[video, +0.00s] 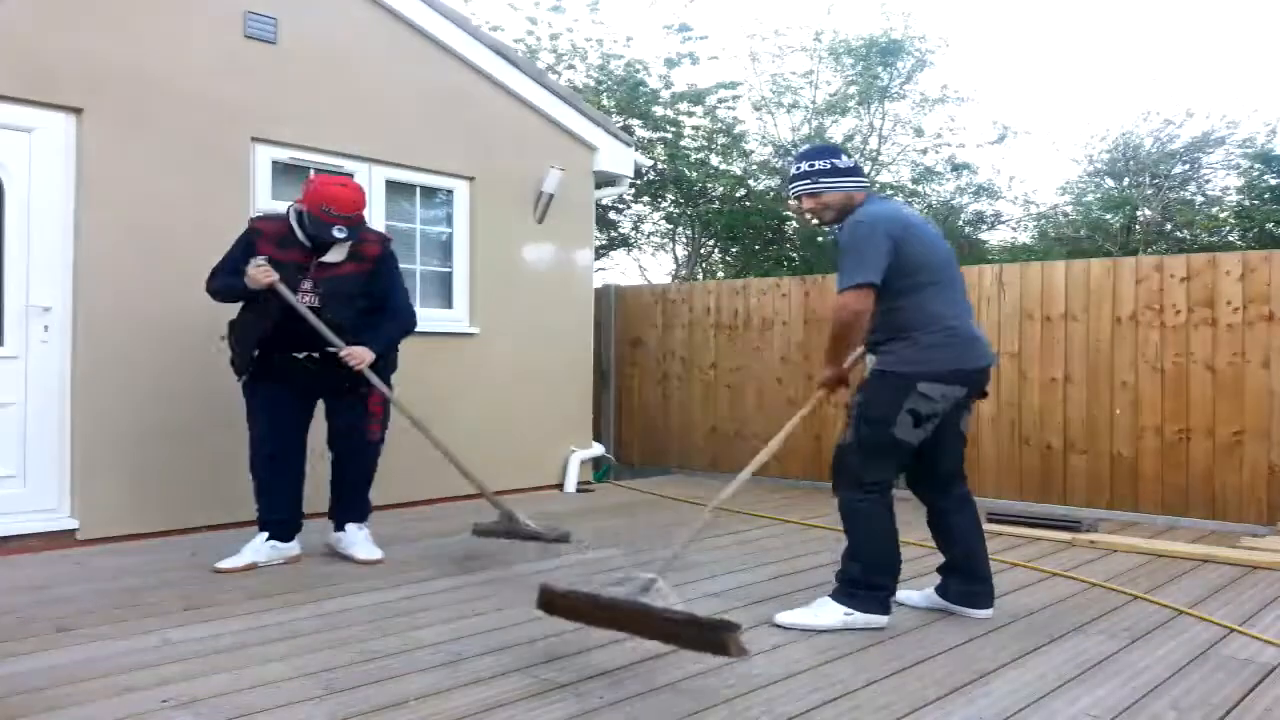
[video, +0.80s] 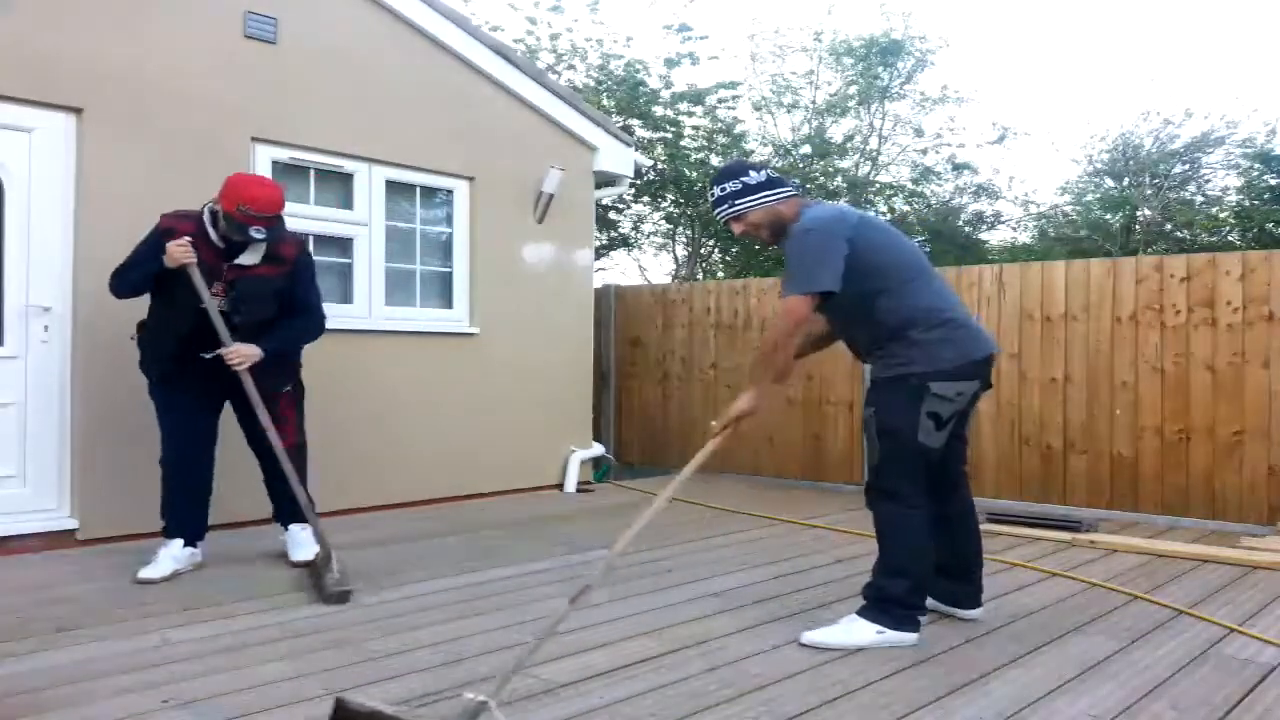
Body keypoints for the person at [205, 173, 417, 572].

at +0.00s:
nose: (333, 245)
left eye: (343, 237)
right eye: (325, 235)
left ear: (356, 224)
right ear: (304, 216)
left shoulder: (373, 251)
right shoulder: (266, 235)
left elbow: (401, 314)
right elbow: (217, 284)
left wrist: (372, 346)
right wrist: (246, 282)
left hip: (351, 364)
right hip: (279, 362)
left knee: (359, 440)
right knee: (274, 447)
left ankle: (350, 527)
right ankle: (279, 536)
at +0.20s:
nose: (347, 247)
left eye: (356, 240)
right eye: (341, 237)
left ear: (367, 229)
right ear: (319, 219)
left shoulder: (377, 257)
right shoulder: (269, 239)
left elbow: (412, 316)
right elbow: (237, 294)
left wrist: (413, 362)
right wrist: (296, 302)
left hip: (344, 369)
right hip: (272, 366)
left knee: (349, 443)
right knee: (255, 443)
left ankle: (347, 531)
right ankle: (260, 533)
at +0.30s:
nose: (346, 249)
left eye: (355, 242)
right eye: (340, 239)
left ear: (366, 231)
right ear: (318, 219)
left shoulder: (375, 259)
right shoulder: (265, 240)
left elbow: (407, 317)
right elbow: (235, 296)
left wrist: (410, 366)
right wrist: (302, 306)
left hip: (337, 373)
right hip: (264, 367)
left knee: (344, 448)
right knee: (241, 445)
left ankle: (346, 531)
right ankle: (223, 536)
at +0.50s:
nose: (318, 249)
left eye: (327, 242)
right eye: (312, 240)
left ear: (338, 230)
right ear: (291, 219)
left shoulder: (349, 260)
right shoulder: (238, 238)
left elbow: (379, 324)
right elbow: (198, 294)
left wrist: (366, 362)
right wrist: (257, 294)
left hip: (309, 374)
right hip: (234, 370)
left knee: (328, 449)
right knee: (212, 451)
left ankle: (344, 530)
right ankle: (188, 541)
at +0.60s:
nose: (294, 247)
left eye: (302, 240)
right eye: (288, 237)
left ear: (313, 229)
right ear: (265, 219)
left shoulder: (325, 258)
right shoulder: (216, 236)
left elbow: (356, 321)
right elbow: (170, 292)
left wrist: (332, 358)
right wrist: (223, 284)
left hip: (284, 372)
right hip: (213, 370)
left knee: (313, 448)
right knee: (197, 452)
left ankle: (340, 529)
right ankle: (184, 542)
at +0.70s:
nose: (272, 243)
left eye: (280, 236)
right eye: (264, 234)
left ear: (291, 225)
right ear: (240, 217)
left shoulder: (305, 255)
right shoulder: (194, 234)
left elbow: (332, 320)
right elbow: (141, 288)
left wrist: (295, 353)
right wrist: (187, 274)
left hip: (267, 369)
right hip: (196, 368)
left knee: (296, 447)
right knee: (188, 454)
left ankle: (329, 526)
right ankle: (184, 543)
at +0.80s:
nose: (250, 242)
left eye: (260, 235)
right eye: (243, 232)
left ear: (272, 223)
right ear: (221, 214)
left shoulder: (289, 254)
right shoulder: (176, 232)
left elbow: (311, 320)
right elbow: (119, 285)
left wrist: (262, 348)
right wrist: (162, 263)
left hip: (262, 362)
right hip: (185, 362)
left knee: (281, 441)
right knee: (184, 452)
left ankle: (297, 526)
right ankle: (183, 541)